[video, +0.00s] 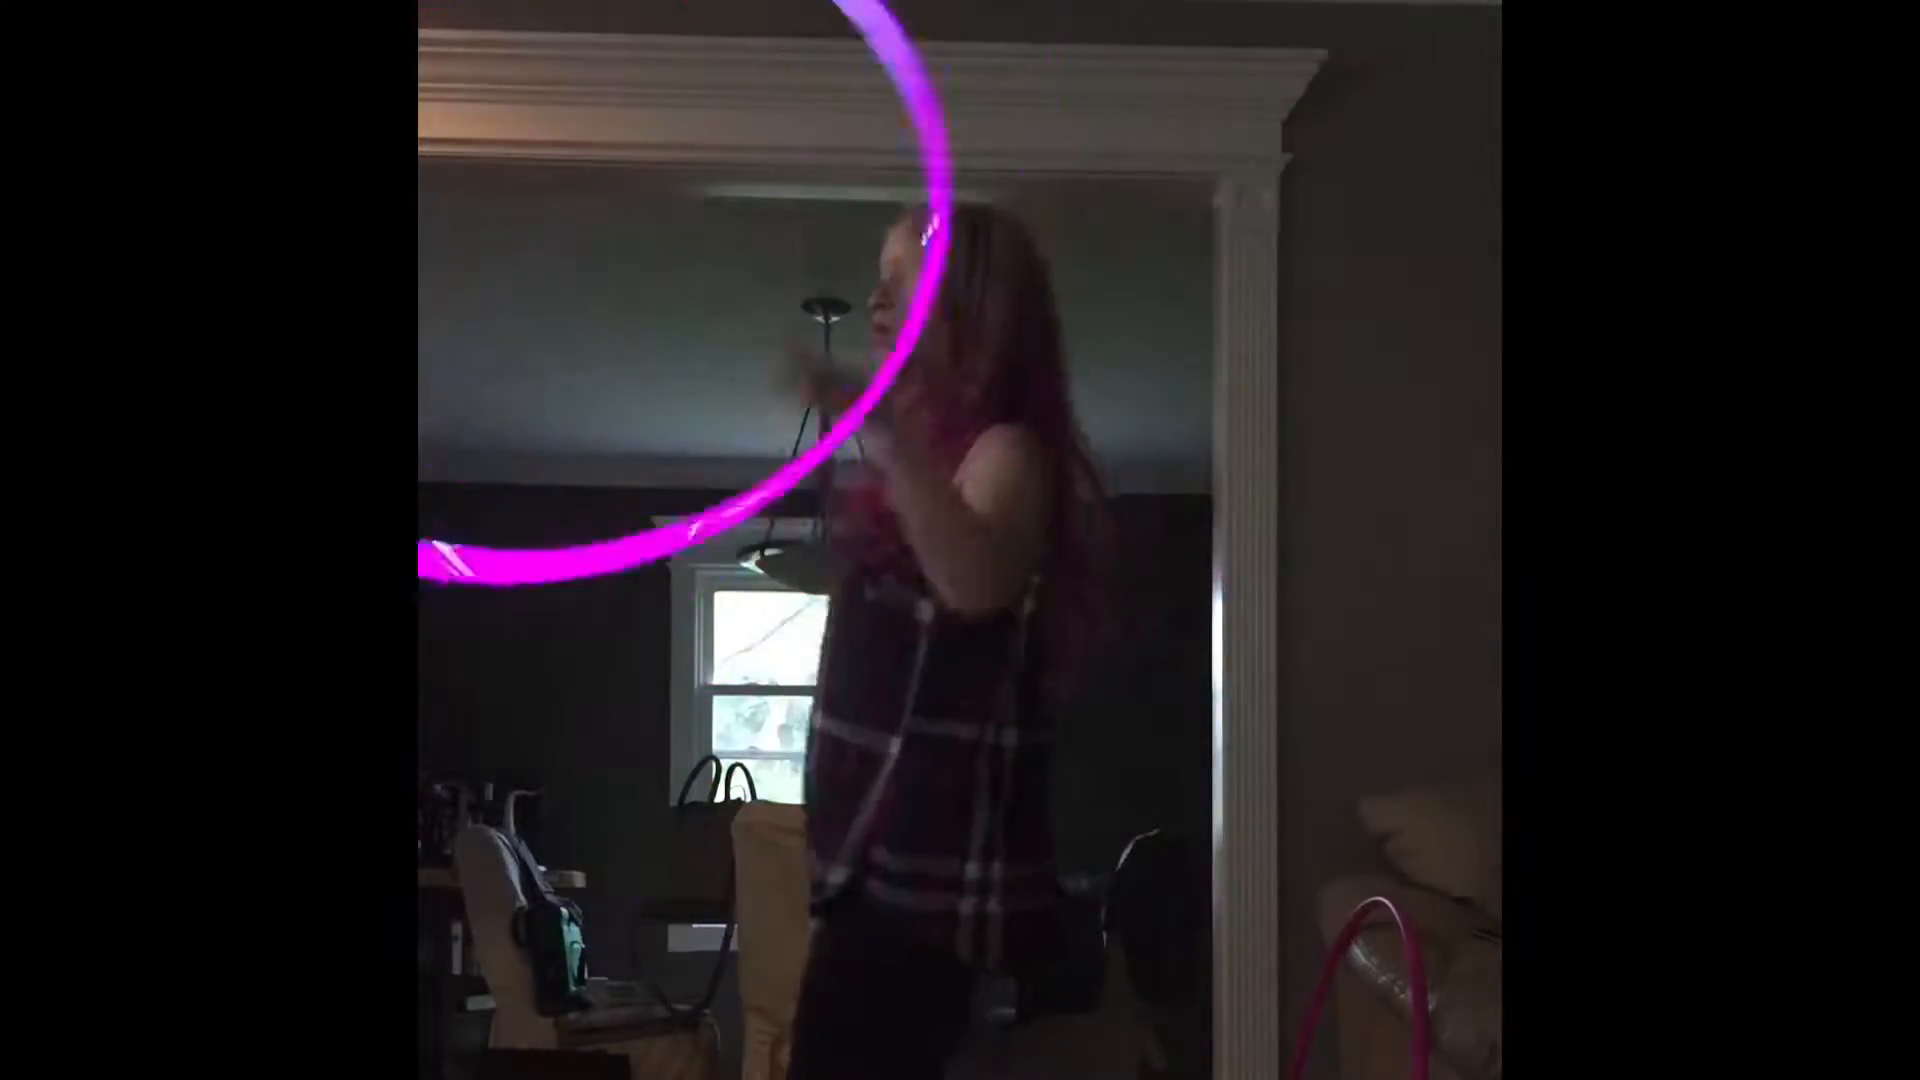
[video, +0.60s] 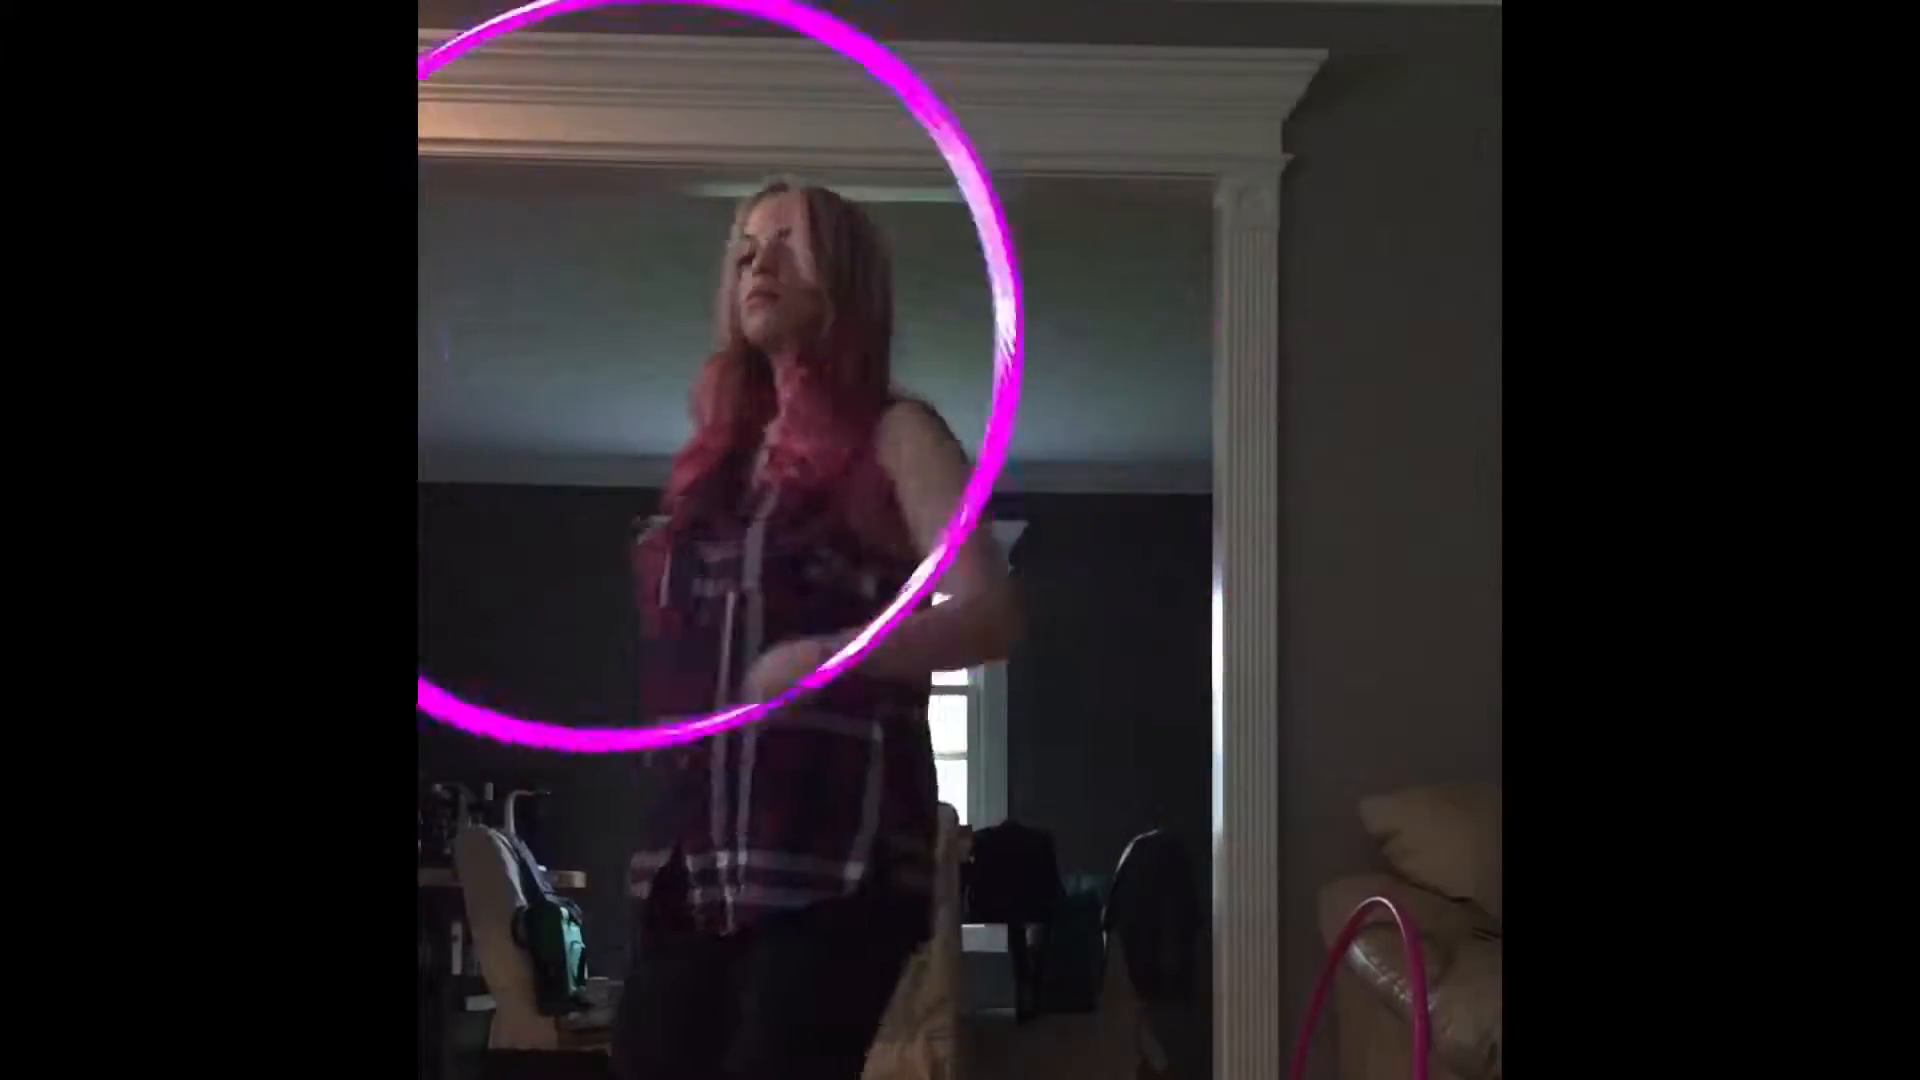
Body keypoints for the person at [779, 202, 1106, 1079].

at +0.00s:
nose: (879, 316)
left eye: (901, 296)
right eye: (881, 295)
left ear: (971, 310)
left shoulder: (1008, 447)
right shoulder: (937, 442)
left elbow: (980, 582)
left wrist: (898, 436)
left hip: (930, 879)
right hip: (878, 861)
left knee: (848, 1058)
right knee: (842, 1053)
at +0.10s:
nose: (850, 315)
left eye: (875, 292)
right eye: (851, 294)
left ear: (946, 310)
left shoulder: (993, 456)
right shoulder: (889, 457)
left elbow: (928, 515)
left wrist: (900, 359)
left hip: (901, 876)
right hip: (831, 859)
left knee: (812, 1063)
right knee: (766, 1058)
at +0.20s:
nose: (824, 312)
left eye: (849, 286)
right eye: (822, 289)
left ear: (922, 310)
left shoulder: (976, 450)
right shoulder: (833, 467)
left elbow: (845, 441)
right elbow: (809, 688)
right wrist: (739, 803)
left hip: (885, 884)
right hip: (787, 864)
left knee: (807, 1061)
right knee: (703, 1054)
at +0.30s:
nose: (796, 296)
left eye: (820, 276)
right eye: (793, 278)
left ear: (892, 292)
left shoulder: (954, 443)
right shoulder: (814, 464)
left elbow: (794, 491)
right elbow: (790, 688)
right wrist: (707, 793)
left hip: (892, 868)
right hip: (771, 850)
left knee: (821, 1065)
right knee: (677, 1059)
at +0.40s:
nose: (772, 284)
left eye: (797, 265)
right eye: (767, 268)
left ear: (865, 283)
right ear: (763, 289)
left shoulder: (928, 434)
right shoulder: (782, 447)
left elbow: (801, 575)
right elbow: (765, 670)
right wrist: (702, 802)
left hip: (869, 863)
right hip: (746, 847)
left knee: (810, 1063)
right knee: (679, 1061)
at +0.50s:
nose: (756, 271)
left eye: (784, 253)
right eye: (748, 256)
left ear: (846, 279)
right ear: (737, 280)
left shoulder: (903, 430)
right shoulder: (749, 438)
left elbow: (883, 622)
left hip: (844, 842)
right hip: (719, 832)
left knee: (789, 1061)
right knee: (668, 1053)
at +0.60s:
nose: (758, 266)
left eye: (787, 250)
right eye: (745, 252)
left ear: (842, 279)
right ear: (728, 280)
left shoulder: (897, 431)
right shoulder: (721, 440)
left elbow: (991, 614)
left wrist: (824, 656)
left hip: (837, 856)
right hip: (696, 844)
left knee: (786, 1062)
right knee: (657, 1057)